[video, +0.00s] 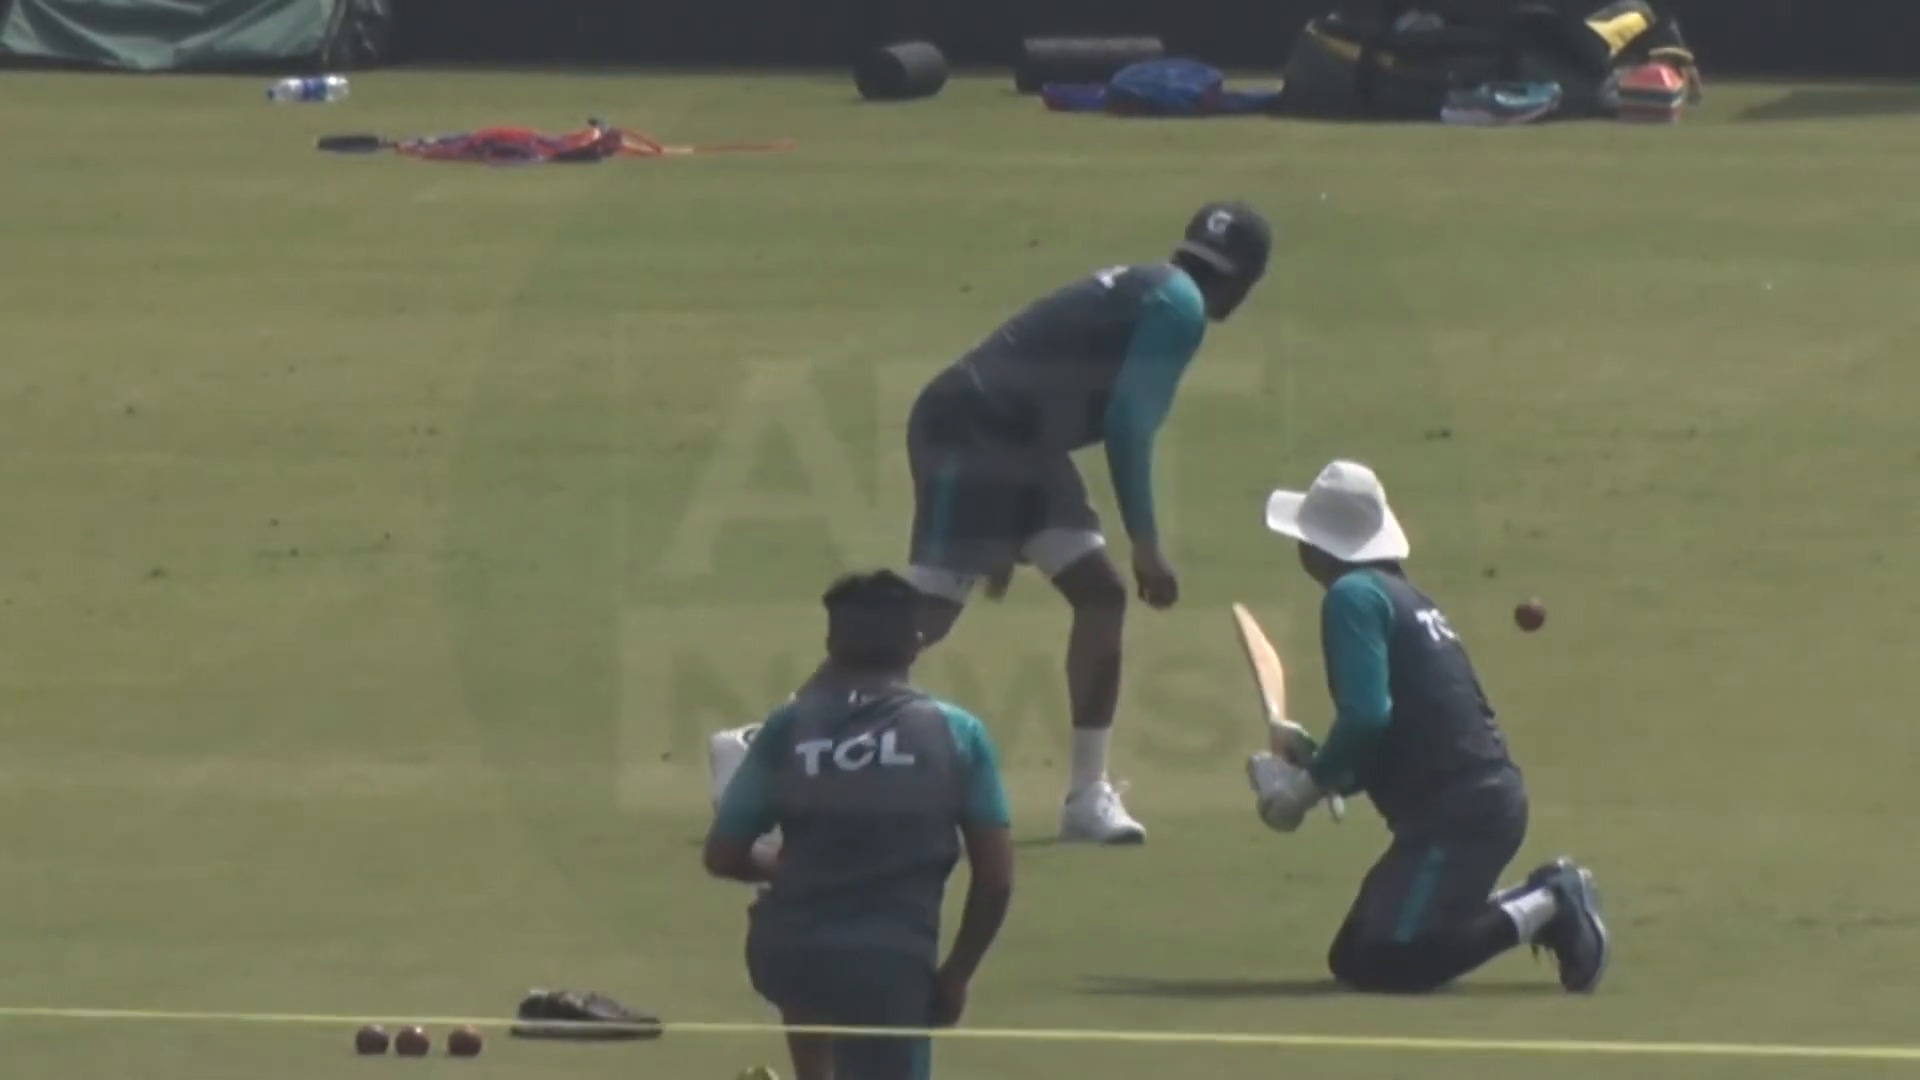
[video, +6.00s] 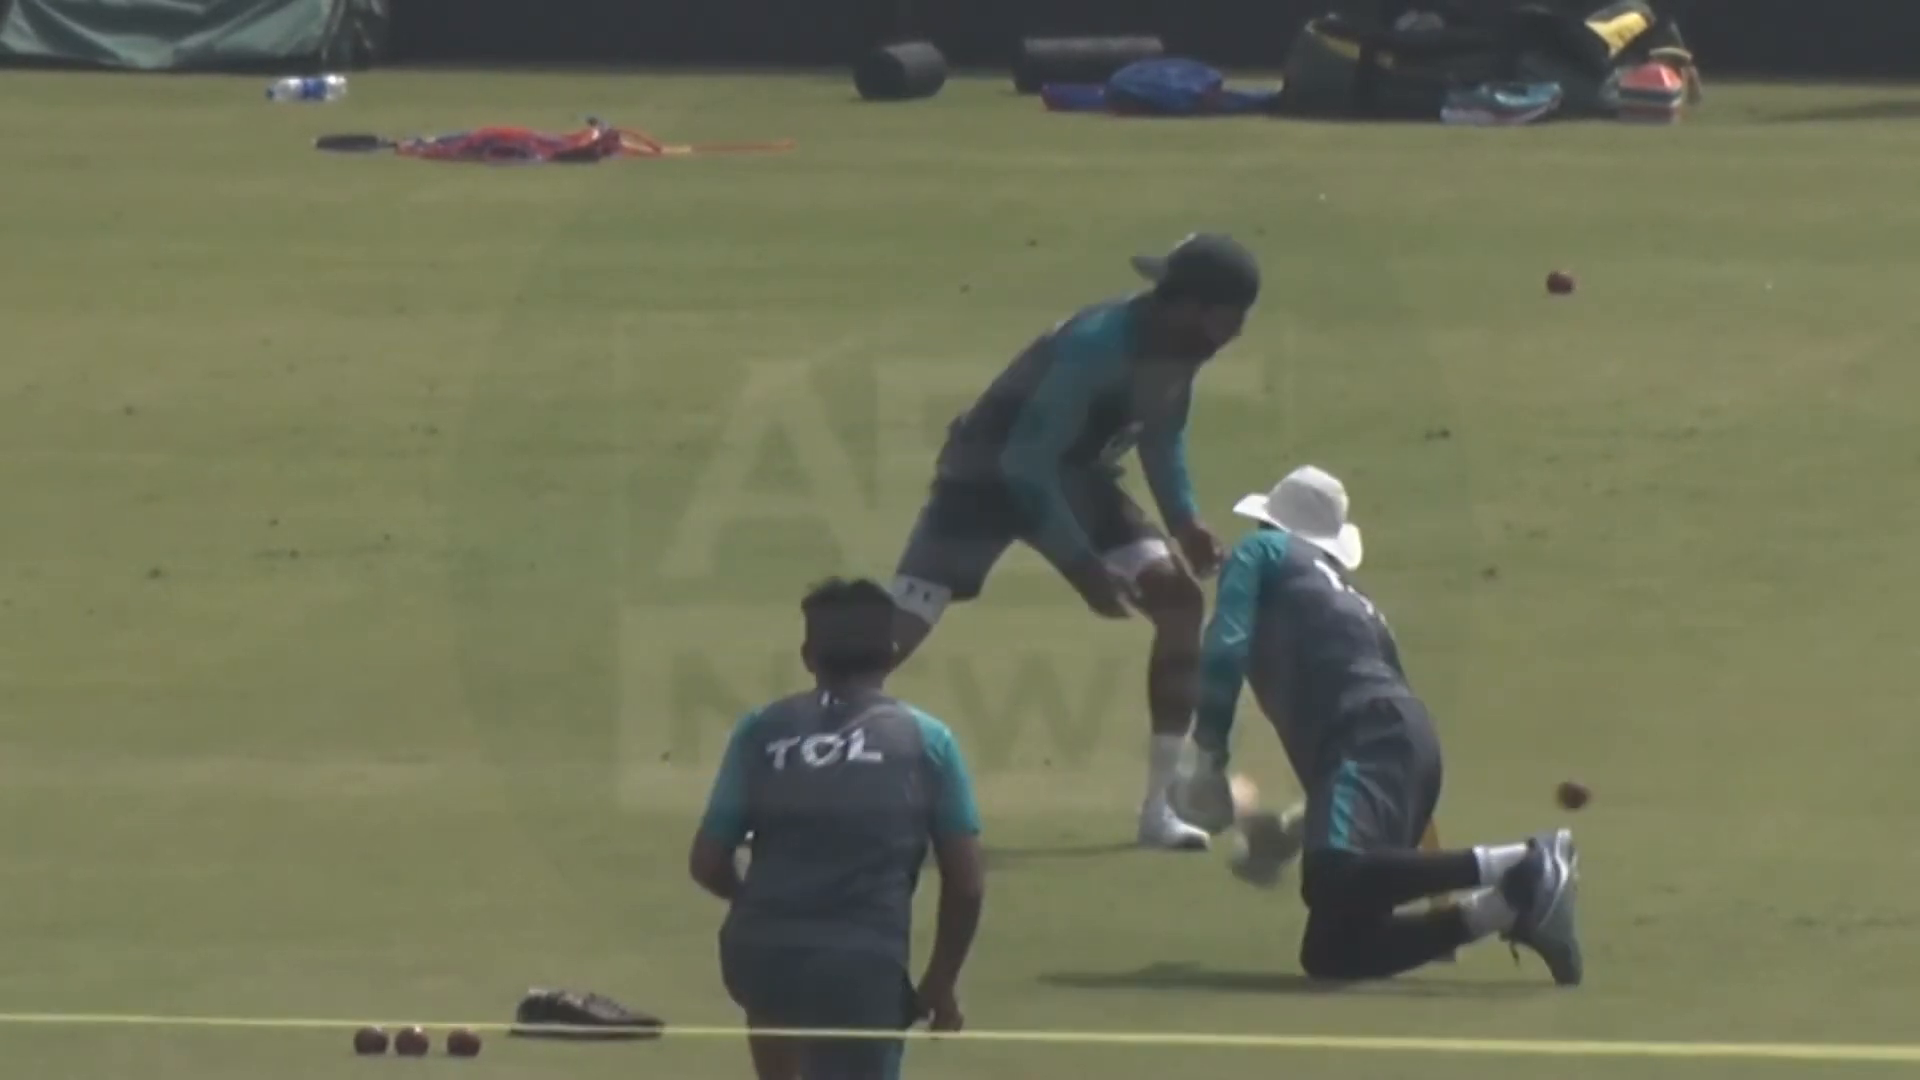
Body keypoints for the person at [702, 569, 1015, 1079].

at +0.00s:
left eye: (832, 636)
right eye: (917, 638)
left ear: (833, 643)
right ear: (912, 648)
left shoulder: (789, 726)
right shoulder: (957, 733)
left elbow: (722, 855)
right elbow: (994, 881)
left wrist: (786, 866)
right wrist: (955, 977)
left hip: (790, 958)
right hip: (891, 965)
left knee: (775, 914)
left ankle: (814, 1074)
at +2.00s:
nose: (803, 415)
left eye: (787, 399)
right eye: (813, 402)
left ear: (744, 394)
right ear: (819, 406)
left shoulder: (677, 456)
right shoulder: (831, 501)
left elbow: (597, 560)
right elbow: (843, 644)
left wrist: (554, 682)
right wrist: (848, 705)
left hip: (674, 721)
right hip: (780, 728)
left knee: (673, 886)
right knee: (818, 909)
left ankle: (659, 1054)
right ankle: (791, 1067)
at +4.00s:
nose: (866, 651)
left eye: (863, 637)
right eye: (865, 638)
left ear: (788, 637)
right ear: (859, 644)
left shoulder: (738, 721)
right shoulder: (872, 729)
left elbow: (734, 843)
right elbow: (888, 878)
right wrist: (917, 978)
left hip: (734, 956)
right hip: (825, 963)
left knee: (808, 1032)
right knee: (854, 1059)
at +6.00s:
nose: (805, 652)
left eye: (807, 643)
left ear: (809, 655)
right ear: (891, 656)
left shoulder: (760, 731)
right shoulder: (928, 741)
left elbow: (707, 863)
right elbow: (965, 886)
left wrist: (759, 900)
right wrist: (939, 985)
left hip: (761, 954)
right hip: (862, 965)